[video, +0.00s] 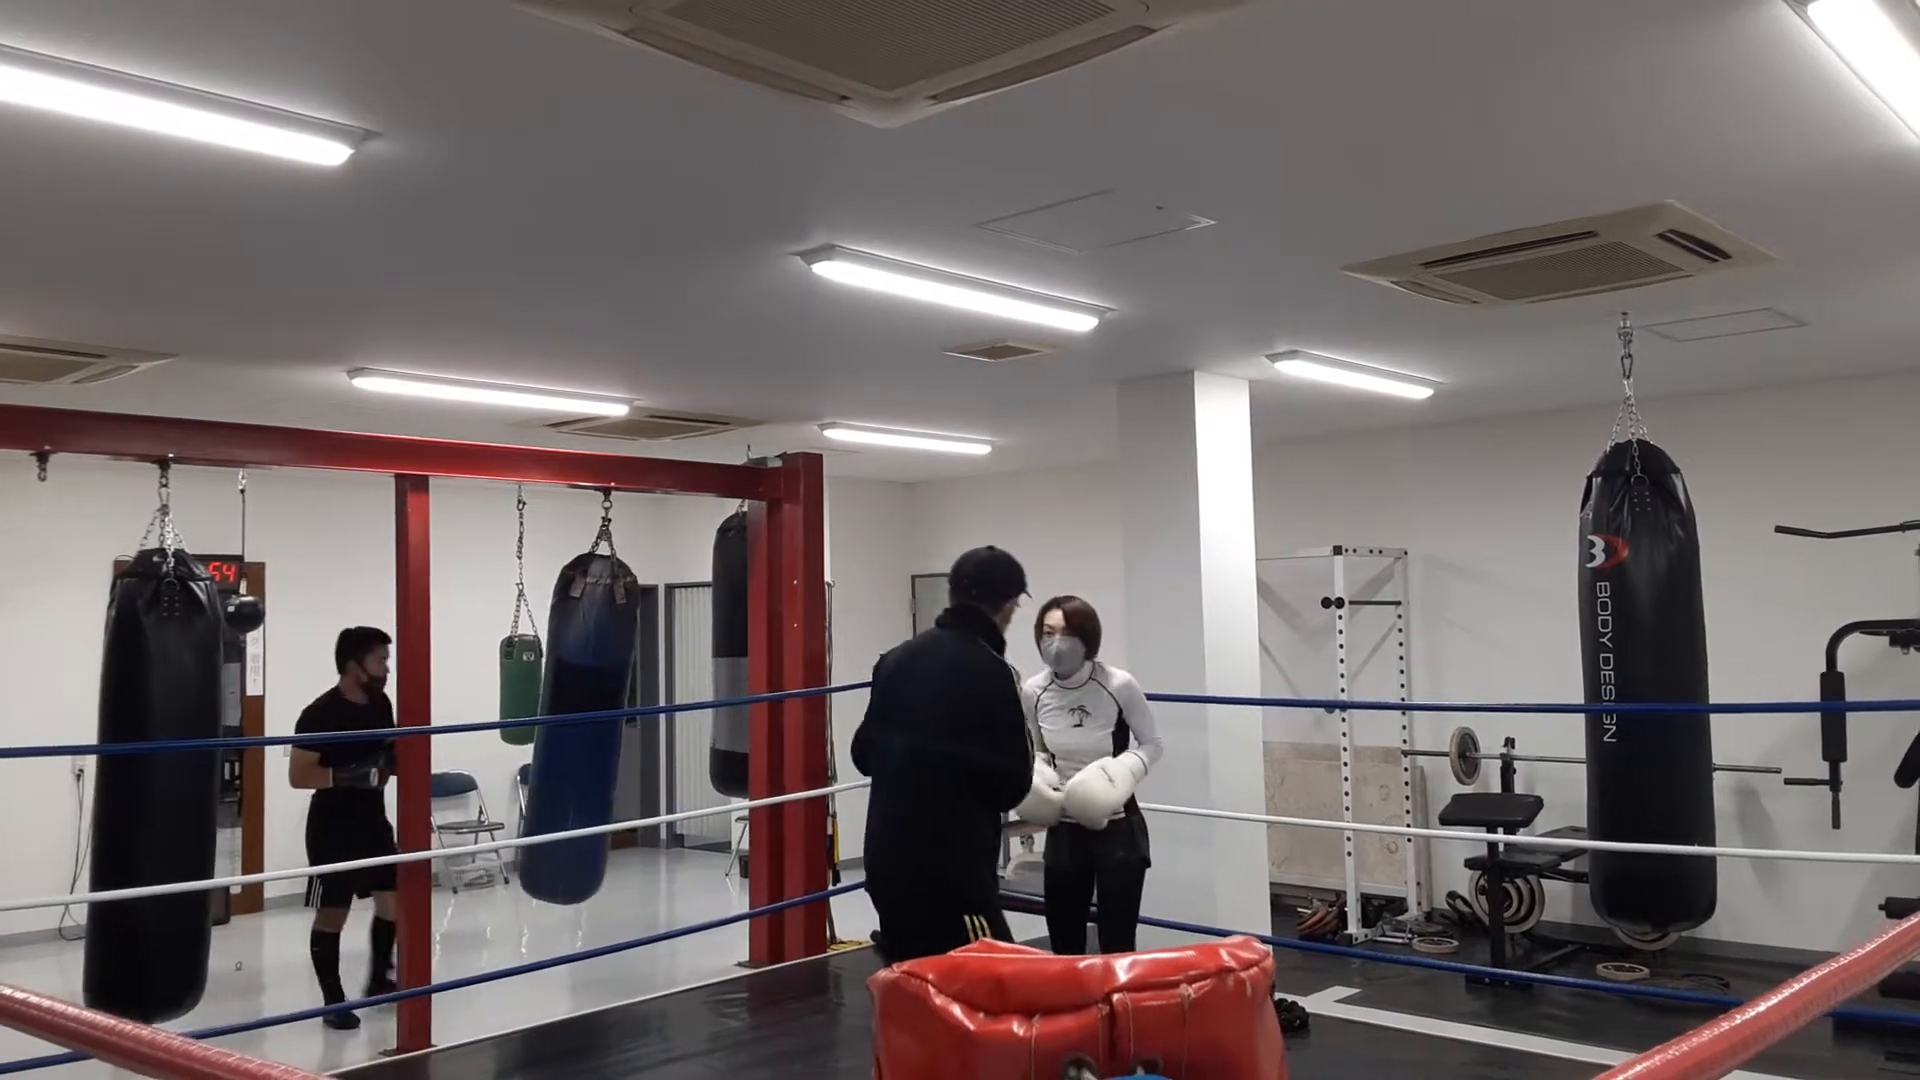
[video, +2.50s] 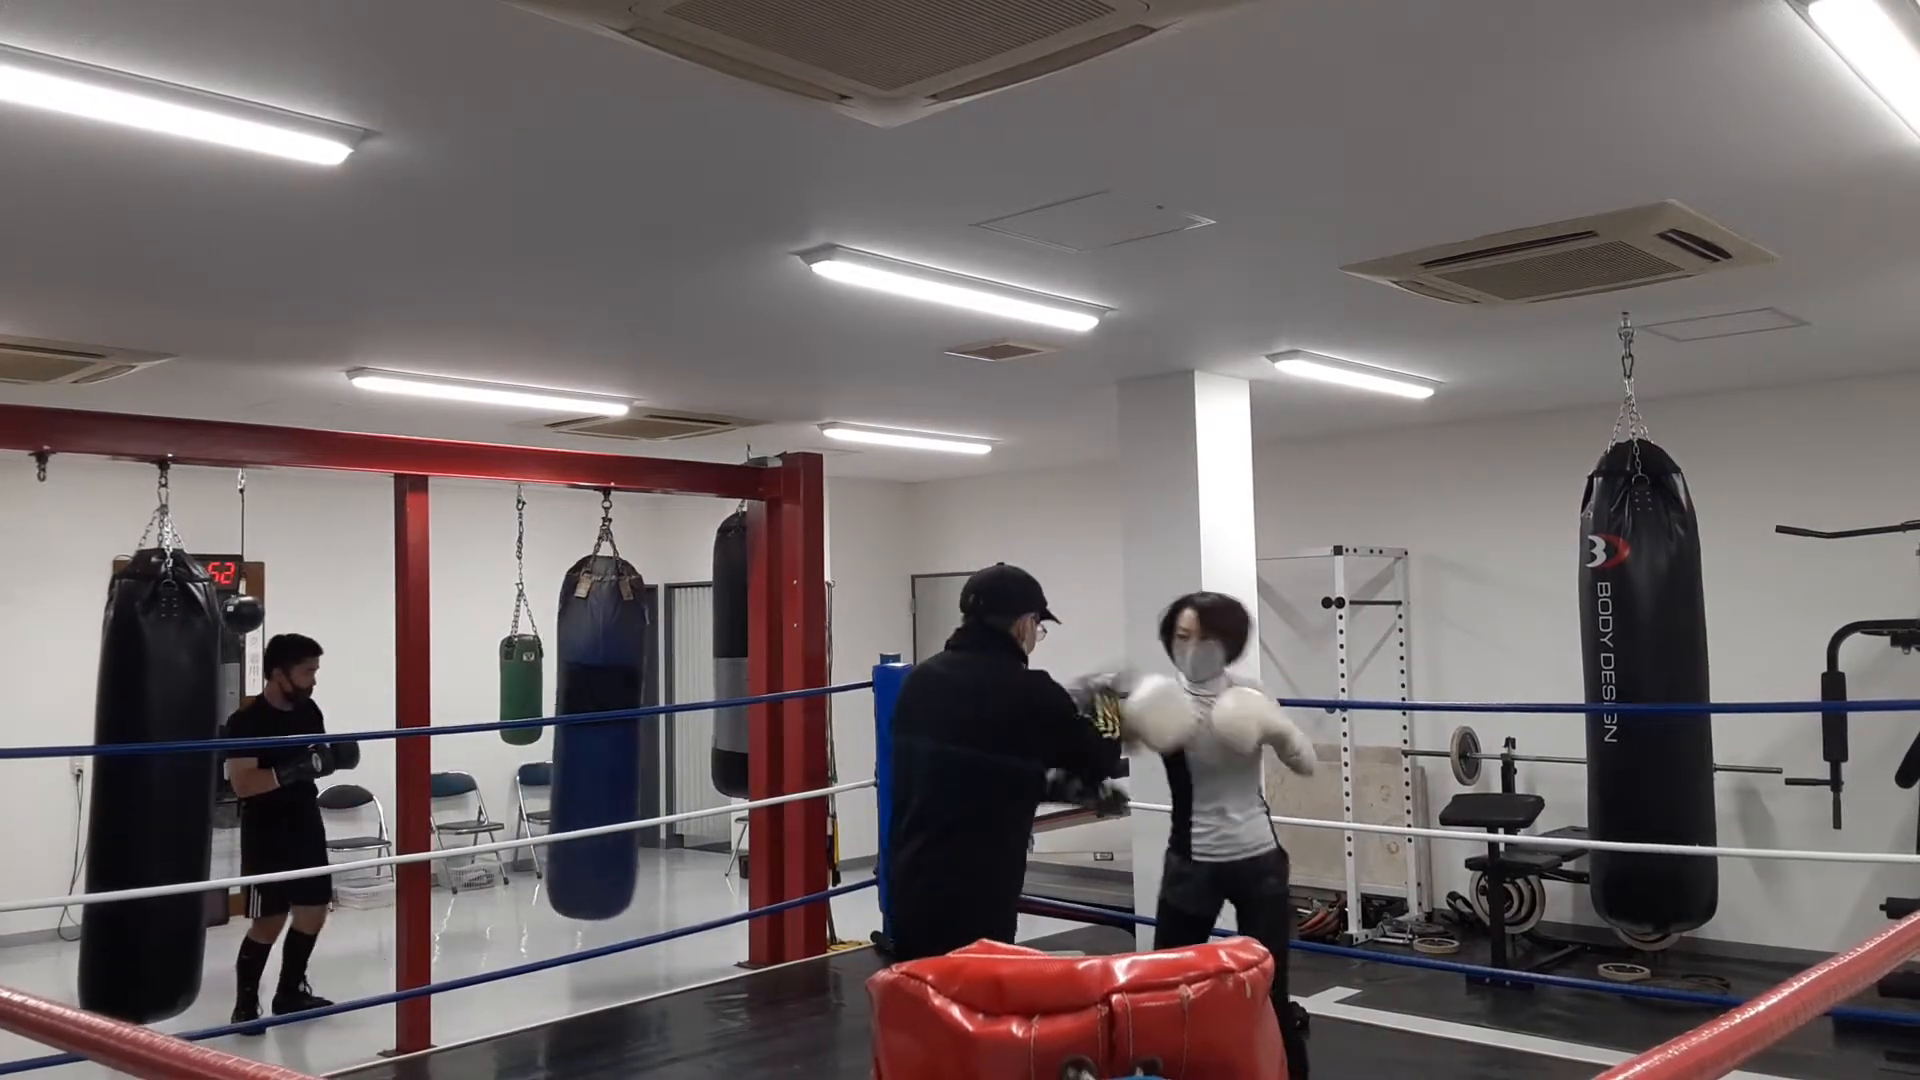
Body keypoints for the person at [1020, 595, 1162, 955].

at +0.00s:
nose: (1055, 643)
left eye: (1067, 634)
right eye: (1047, 633)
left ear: (1087, 639)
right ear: (1039, 639)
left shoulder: (1119, 685)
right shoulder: (1033, 692)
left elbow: (1151, 744)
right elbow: (1035, 751)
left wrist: (1119, 775)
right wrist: (1041, 776)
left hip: (1118, 828)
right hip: (1064, 830)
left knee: (1116, 945)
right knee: (1065, 947)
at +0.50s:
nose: (1042, 636)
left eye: (1053, 628)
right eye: (1035, 627)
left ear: (1074, 634)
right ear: (1027, 634)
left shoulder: (1106, 680)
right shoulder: (1027, 690)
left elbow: (1143, 740)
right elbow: (1037, 749)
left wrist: (1105, 766)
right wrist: (1025, 774)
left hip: (1115, 826)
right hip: (1063, 831)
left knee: (1118, 946)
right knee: (1079, 948)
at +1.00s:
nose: (1067, 643)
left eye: (1078, 634)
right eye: (1059, 633)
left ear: (1098, 637)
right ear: (1049, 638)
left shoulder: (1125, 683)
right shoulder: (1046, 689)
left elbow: (1162, 746)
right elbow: (1035, 753)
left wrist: (1124, 771)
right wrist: (1052, 790)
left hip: (1127, 827)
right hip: (1074, 830)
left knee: (1146, 943)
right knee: (1087, 947)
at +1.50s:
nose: (1113, 661)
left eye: (1119, 653)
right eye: (1101, 650)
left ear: (1132, 644)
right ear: (1092, 650)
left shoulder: (1163, 680)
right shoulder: (1085, 686)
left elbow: (1198, 750)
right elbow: (1065, 754)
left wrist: (1158, 700)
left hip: (1165, 832)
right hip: (1111, 831)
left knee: (1168, 953)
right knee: (1090, 947)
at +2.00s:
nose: (1118, 642)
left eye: (1126, 631)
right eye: (1112, 634)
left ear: (1147, 638)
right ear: (1107, 641)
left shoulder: (1179, 684)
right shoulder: (1108, 688)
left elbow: (1220, 749)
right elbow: (1077, 762)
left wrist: (1160, 716)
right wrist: (1081, 688)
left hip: (1191, 848)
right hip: (1140, 847)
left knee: (1169, 963)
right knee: (1116, 956)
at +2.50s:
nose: (1190, 649)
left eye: (1202, 639)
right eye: (1181, 638)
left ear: (1227, 644)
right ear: (1170, 643)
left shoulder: (1250, 701)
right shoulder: (1162, 703)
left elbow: (1305, 766)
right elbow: (1120, 737)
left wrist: (1275, 726)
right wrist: (1132, 720)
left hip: (1258, 860)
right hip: (1191, 863)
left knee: (1270, 991)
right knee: (1168, 983)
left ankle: (1289, 1069)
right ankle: (1166, 1072)